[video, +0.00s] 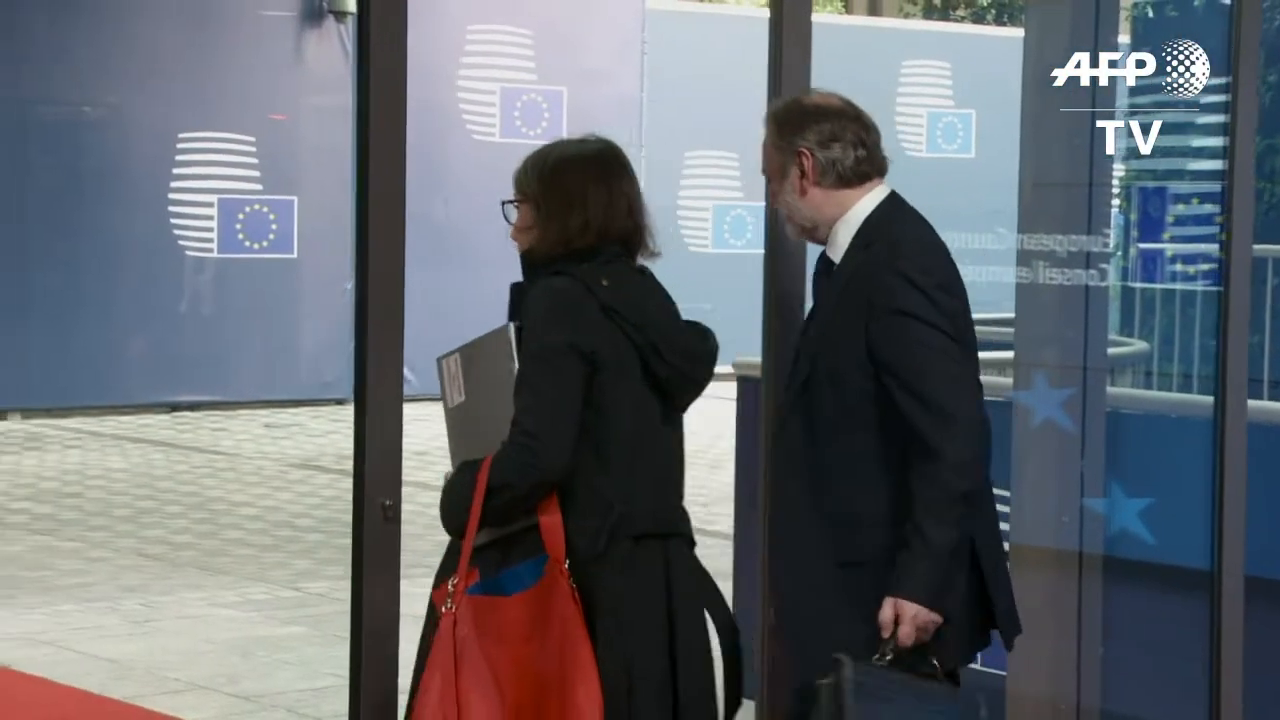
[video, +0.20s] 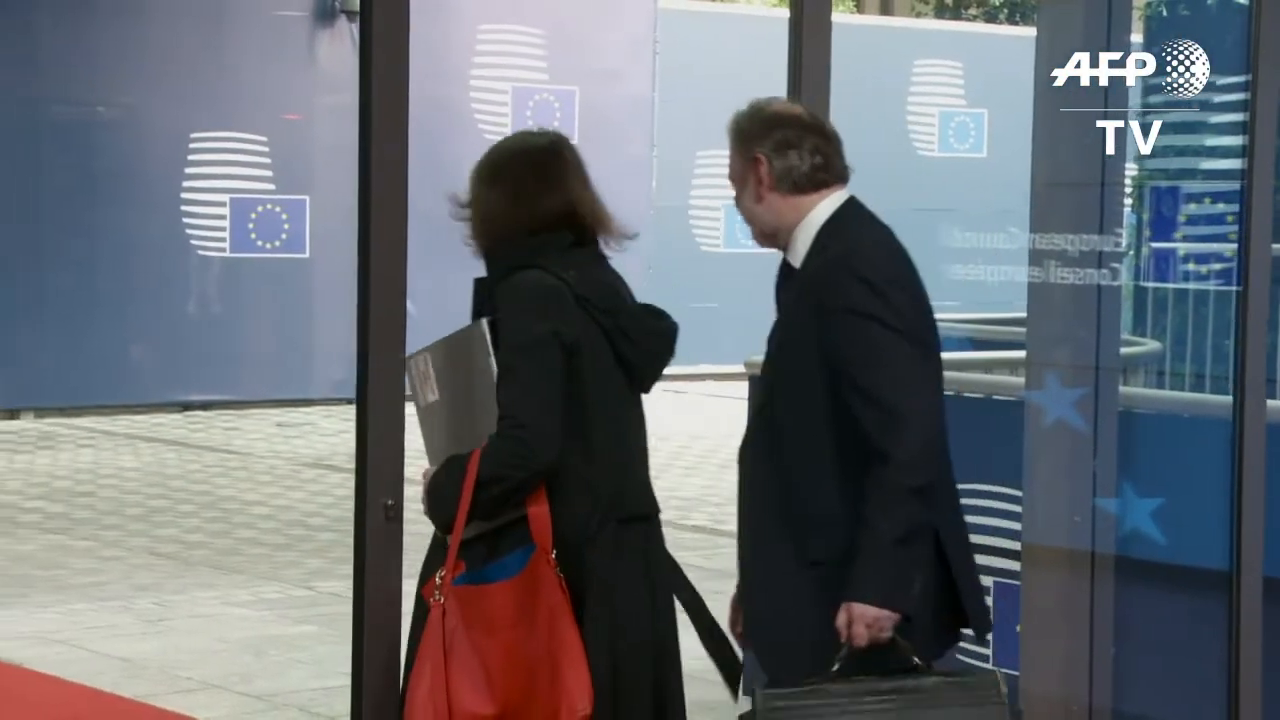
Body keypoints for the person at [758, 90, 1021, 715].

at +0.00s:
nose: (771, 199)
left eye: (772, 180)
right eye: (768, 182)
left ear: (804, 172)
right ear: (814, 171)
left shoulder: (895, 259)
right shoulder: (859, 251)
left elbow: (951, 436)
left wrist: (921, 583)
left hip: (878, 602)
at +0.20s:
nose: (736, 204)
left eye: (736, 186)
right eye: (734, 187)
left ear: (762, 175)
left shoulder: (854, 262)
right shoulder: (819, 257)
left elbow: (904, 438)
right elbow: (812, 445)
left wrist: (880, 585)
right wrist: (762, 579)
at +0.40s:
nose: (689, 210)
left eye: (689, 191)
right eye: (688, 193)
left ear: (711, 179)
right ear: (770, 176)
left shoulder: (799, 265)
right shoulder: (769, 263)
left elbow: (846, 432)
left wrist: (830, 581)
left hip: (792, 599)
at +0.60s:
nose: (647, 193)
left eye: (647, 174)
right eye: (646, 176)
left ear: (667, 166)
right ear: (730, 163)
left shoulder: (737, 248)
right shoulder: (746, 239)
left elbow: (774, 410)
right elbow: (774, 408)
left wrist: (765, 553)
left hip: (739, 570)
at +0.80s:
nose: (643, 184)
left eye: (641, 164)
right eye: (641, 167)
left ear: (654, 160)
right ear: (727, 159)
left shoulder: (700, 244)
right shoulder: (762, 240)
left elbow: (709, 404)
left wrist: (703, 546)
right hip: (766, 546)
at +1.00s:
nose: (630, 188)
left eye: (628, 175)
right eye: (630, 175)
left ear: (639, 178)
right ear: (716, 172)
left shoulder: (652, 255)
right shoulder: (770, 265)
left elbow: (644, 411)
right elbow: (769, 416)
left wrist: (636, 551)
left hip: (678, 556)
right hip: (766, 552)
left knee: (672, 708)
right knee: (759, 709)